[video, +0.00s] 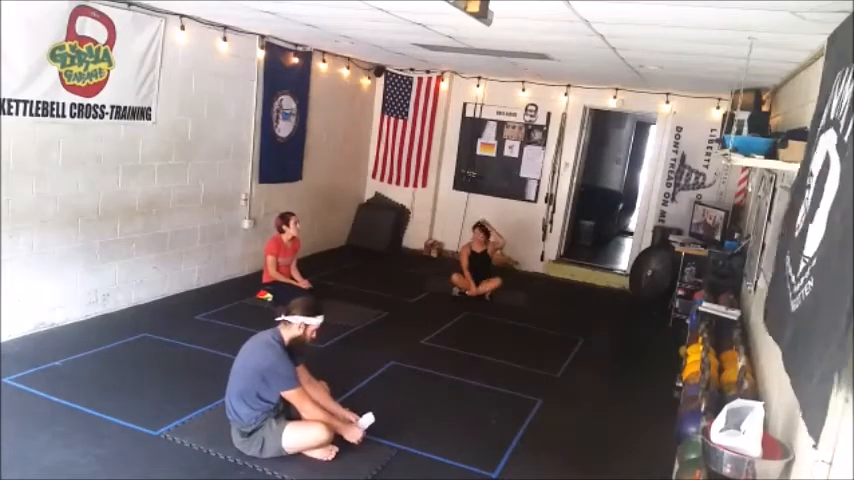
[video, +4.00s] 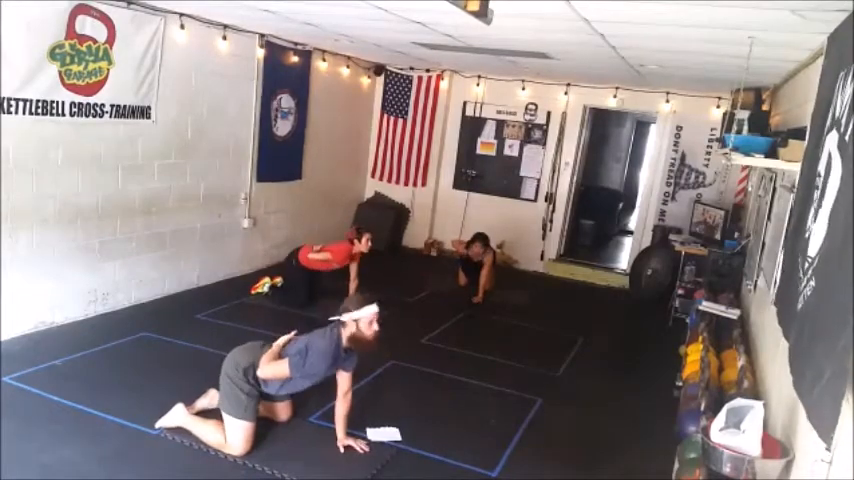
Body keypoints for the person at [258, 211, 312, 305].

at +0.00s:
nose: (299, 226)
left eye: (298, 223)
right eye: (295, 223)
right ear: (285, 227)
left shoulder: (295, 242)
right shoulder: (273, 243)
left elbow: (293, 267)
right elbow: (272, 272)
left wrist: (301, 281)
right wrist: (296, 284)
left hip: (287, 281)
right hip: (272, 283)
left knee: (309, 292)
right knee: (302, 296)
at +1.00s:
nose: (295, 228)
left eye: (297, 225)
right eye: (292, 224)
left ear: (299, 227)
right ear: (283, 226)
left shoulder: (295, 242)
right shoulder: (273, 243)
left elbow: (293, 267)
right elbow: (272, 273)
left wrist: (302, 281)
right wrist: (297, 284)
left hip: (287, 280)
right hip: (272, 282)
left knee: (308, 291)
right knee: (302, 294)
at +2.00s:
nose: (296, 228)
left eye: (297, 225)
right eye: (292, 225)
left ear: (299, 226)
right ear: (283, 226)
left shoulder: (295, 242)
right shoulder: (273, 243)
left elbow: (293, 267)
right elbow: (272, 273)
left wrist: (302, 281)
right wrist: (298, 283)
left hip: (288, 280)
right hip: (272, 282)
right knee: (303, 298)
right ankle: (270, 297)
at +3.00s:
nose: (368, 258)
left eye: (371, 256)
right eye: (369, 255)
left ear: (365, 249)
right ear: (364, 248)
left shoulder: (355, 256)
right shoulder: (344, 251)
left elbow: (354, 279)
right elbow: (311, 252)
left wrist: (352, 304)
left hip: (307, 260)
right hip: (300, 261)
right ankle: (270, 287)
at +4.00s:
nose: (370, 244)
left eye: (371, 241)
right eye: (367, 240)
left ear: (363, 242)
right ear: (357, 240)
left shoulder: (355, 254)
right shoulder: (344, 253)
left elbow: (354, 279)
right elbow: (312, 257)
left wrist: (350, 301)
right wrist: (313, 250)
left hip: (305, 259)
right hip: (297, 262)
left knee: (309, 298)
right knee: (300, 299)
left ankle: (279, 284)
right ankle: (271, 289)